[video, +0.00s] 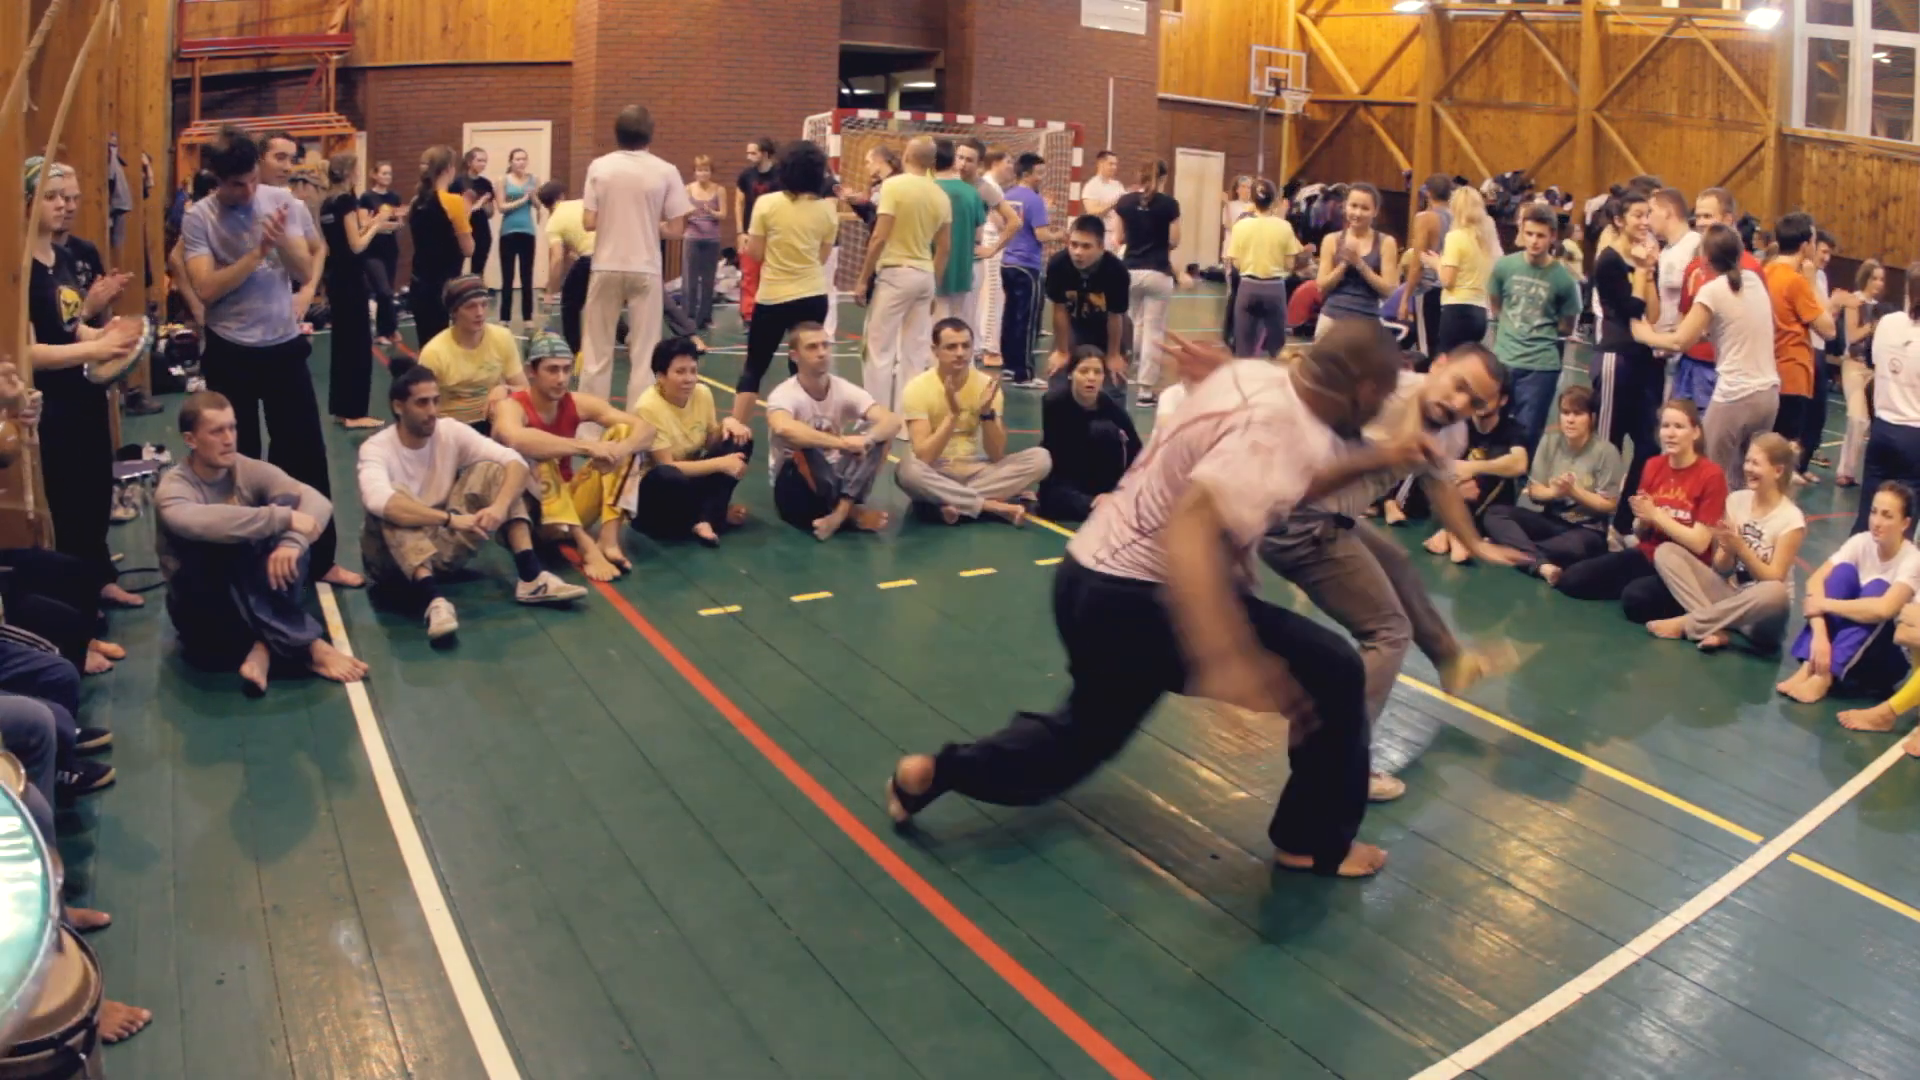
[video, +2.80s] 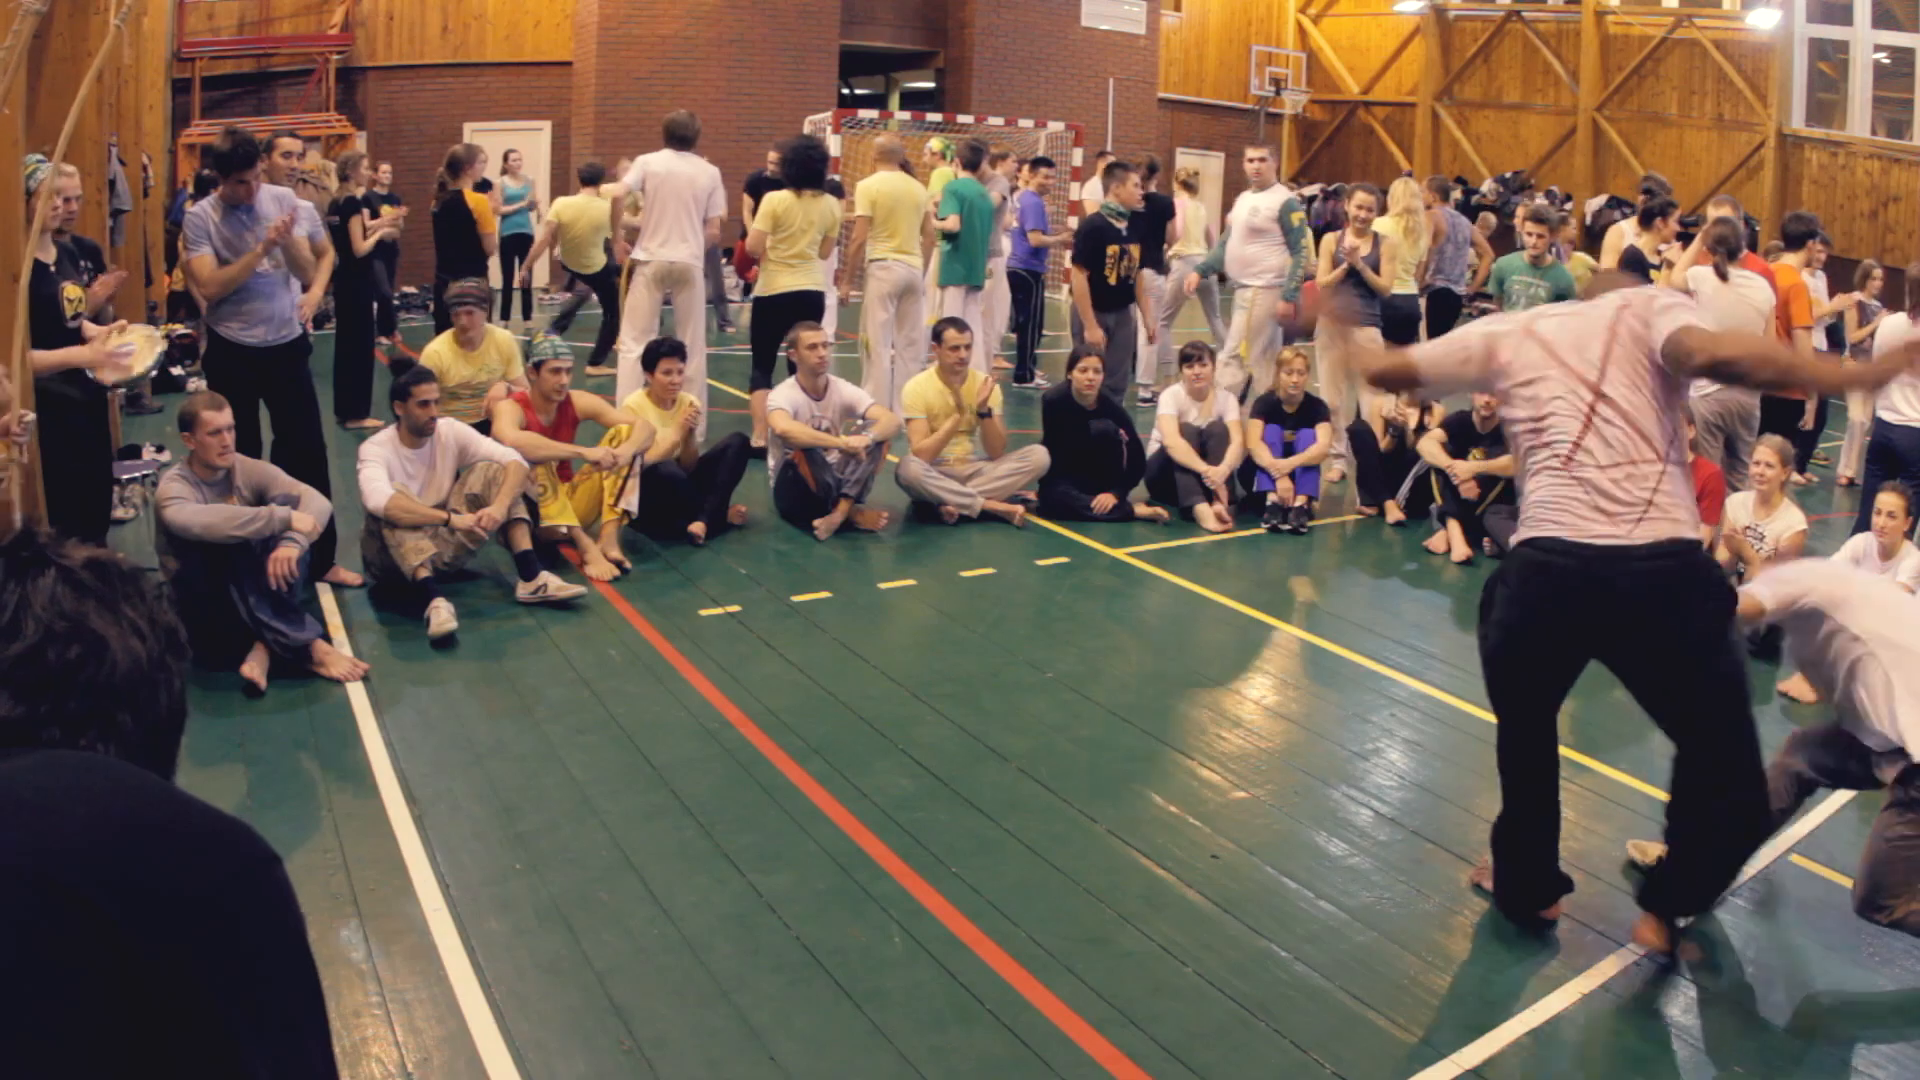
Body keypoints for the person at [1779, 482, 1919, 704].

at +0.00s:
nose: (1876, 521)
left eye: (1887, 516)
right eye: (1874, 512)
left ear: (1905, 524)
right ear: (1869, 513)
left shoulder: (1912, 559)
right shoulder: (1860, 542)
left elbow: (1885, 610)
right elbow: (1814, 581)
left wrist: (1823, 604)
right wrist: (1820, 638)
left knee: (1877, 587)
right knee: (1843, 572)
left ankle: (1823, 676)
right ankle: (1807, 666)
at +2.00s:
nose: (1876, 522)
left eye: (1887, 516)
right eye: (1874, 513)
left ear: (1906, 525)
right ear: (1869, 513)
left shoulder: (1913, 560)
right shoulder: (1860, 542)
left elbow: (1886, 610)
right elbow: (1815, 581)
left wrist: (1823, 604)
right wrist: (1820, 639)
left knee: (1877, 587)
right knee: (1843, 572)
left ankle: (1823, 676)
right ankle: (1807, 666)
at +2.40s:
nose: (1879, 523)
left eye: (1889, 516)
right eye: (1876, 513)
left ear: (1906, 524)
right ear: (1871, 515)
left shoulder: (1913, 558)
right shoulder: (1860, 541)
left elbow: (1888, 606)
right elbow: (1817, 579)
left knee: (1877, 586)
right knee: (1845, 572)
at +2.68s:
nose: (1880, 524)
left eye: (1891, 516)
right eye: (1877, 513)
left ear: (1907, 523)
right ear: (1871, 515)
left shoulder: (1912, 558)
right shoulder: (1860, 541)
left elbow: (1888, 606)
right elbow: (1814, 581)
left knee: (1876, 586)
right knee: (1844, 572)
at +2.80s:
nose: (1881, 523)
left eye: (1891, 516)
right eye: (1877, 513)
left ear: (1907, 524)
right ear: (1871, 515)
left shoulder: (1913, 560)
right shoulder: (1860, 543)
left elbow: (1890, 605)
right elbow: (1826, 575)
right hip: (1853, 620)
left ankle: (1817, 678)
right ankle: (1809, 673)